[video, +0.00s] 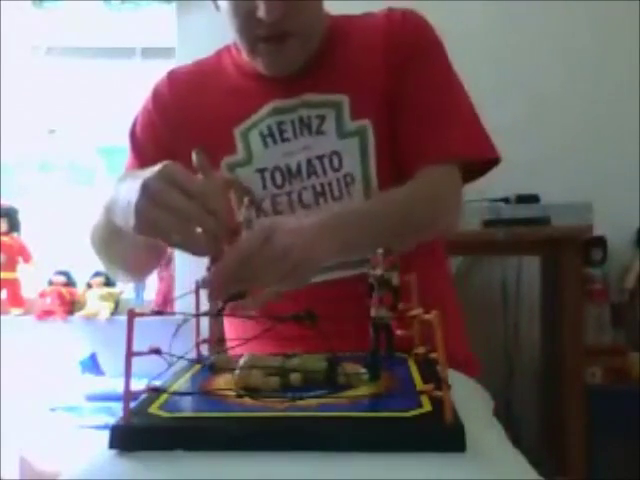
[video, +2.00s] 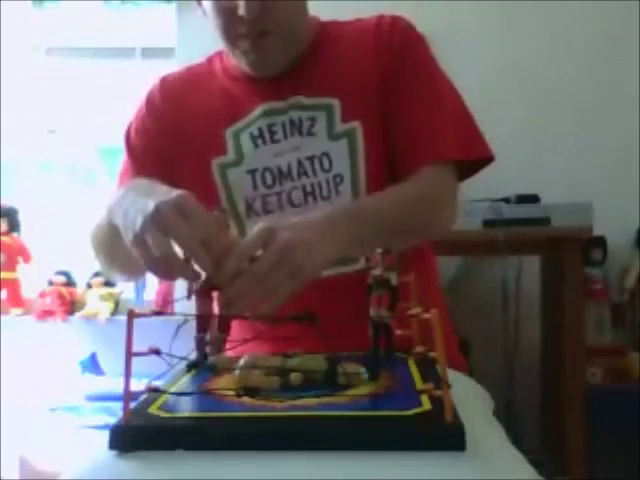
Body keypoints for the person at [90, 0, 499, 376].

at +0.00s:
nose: (267, 12)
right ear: (220, 1)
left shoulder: (396, 43)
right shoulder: (180, 97)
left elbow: (440, 202)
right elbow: (130, 264)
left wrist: (309, 240)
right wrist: (124, 204)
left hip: (414, 378)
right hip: (264, 393)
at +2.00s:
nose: (244, 12)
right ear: (203, 5)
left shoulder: (385, 47)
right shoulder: (172, 102)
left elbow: (438, 202)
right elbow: (117, 259)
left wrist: (318, 237)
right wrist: (128, 203)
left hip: (399, 366)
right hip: (248, 375)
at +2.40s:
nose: (246, 11)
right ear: (206, 5)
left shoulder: (386, 46)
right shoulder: (173, 103)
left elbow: (439, 202)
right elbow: (123, 264)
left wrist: (321, 235)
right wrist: (127, 211)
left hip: (401, 365)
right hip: (252, 374)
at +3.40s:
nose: (240, 17)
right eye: (218, 0)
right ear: (201, 4)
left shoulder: (381, 44)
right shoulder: (169, 106)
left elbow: (429, 198)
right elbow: (123, 270)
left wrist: (328, 225)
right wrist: (116, 220)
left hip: (401, 377)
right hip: (245, 392)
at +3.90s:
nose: (241, 11)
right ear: (204, 6)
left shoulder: (381, 42)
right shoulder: (172, 105)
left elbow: (399, 183)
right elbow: (126, 269)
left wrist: (286, 259)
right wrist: (123, 215)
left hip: (399, 379)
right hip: (244, 398)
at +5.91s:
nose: (259, 17)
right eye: (237, 4)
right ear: (216, 10)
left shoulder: (402, 49)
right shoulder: (188, 111)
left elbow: (486, 166)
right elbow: (154, 268)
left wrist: (523, 283)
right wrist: (62, 286)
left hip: (427, 375)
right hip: (278, 397)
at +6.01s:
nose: (261, 17)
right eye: (240, 4)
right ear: (220, 8)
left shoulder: (407, 49)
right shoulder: (193, 108)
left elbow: (489, 170)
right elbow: (159, 261)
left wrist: (529, 286)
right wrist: (60, 298)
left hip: (428, 380)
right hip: (279, 400)